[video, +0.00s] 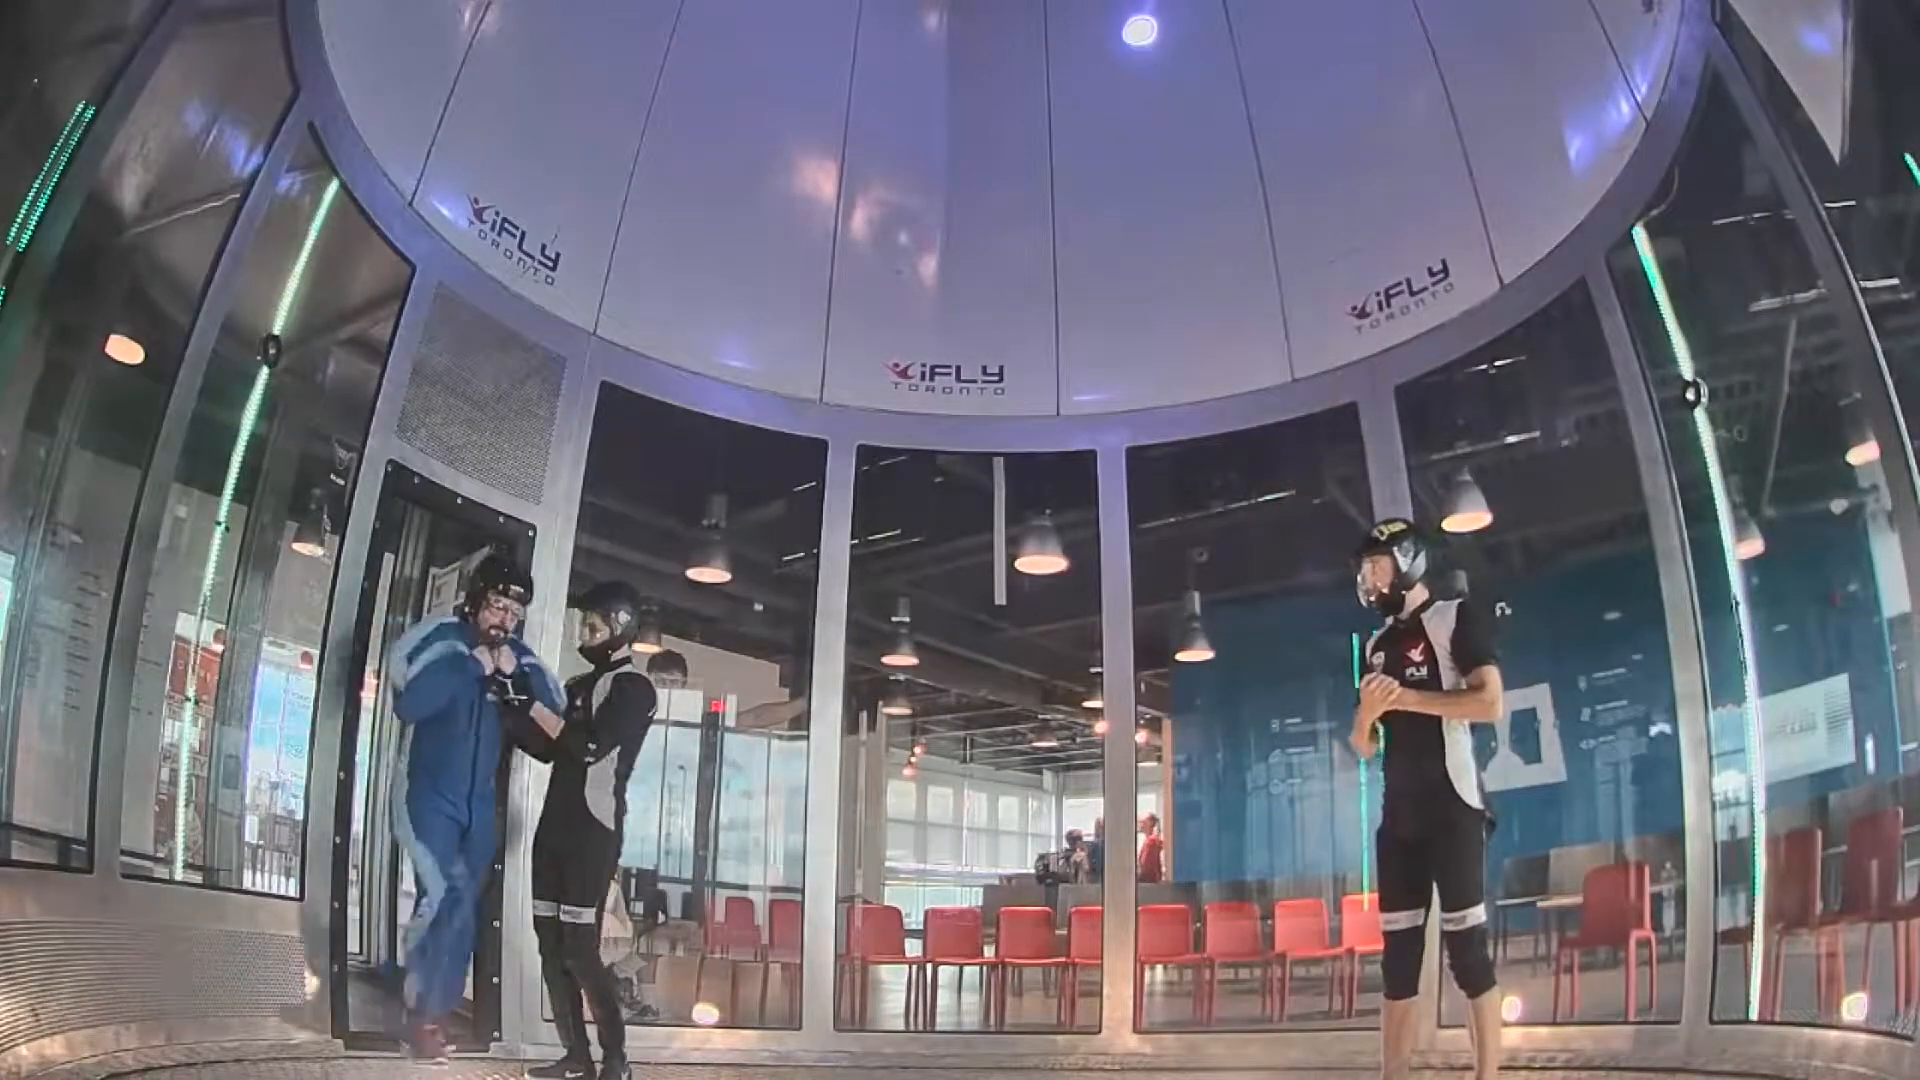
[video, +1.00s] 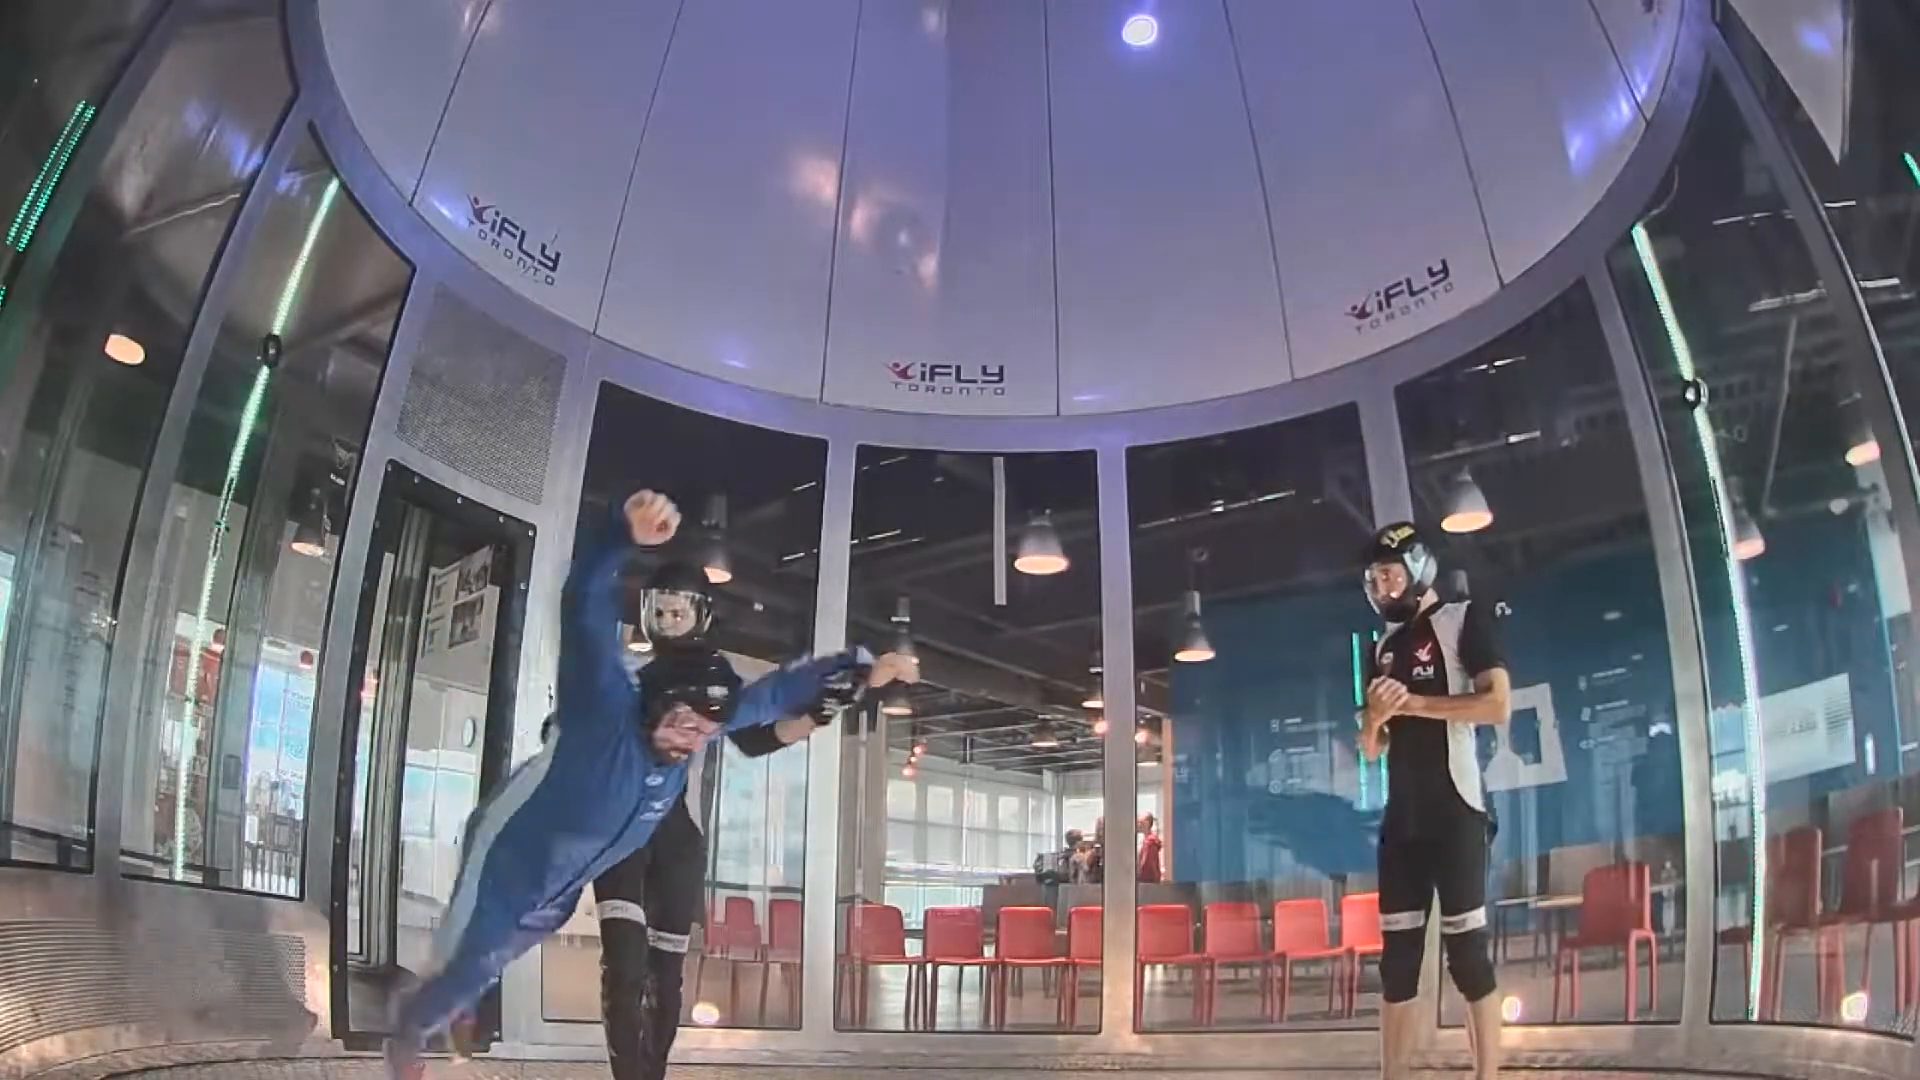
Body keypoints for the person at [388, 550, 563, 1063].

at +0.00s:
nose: (503, 619)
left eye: (513, 611)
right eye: (496, 606)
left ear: (521, 615)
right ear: (473, 603)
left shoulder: (518, 656)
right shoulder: (443, 641)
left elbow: (555, 713)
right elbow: (408, 705)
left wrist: (513, 672)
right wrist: (470, 661)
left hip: (484, 798)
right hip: (432, 792)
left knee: (464, 900)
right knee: (449, 890)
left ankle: (436, 1016)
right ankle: (423, 1013)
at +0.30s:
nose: (552, 647)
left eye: (561, 638)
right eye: (543, 633)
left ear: (567, 643)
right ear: (516, 626)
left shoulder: (562, 688)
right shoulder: (476, 670)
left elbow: (612, 749)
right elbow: (447, 735)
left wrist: (574, 725)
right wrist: (522, 702)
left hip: (500, 828)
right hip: (446, 820)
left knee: (481, 947)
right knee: (449, 930)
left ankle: (422, 1025)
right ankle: (406, 1047)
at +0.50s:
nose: (579, 677)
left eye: (590, 671)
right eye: (571, 663)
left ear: (599, 672)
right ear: (543, 653)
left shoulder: (585, 702)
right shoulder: (501, 680)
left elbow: (619, 715)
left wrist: (656, 732)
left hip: (515, 851)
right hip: (455, 836)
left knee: (498, 965)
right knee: (464, 959)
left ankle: (419, 1026)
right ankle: (404, 1047)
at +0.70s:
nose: (604, 714)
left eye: (615, 705)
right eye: (595, 701)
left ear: (624, 710)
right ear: (572, 694)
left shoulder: (618, 735)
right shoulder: (529, 720)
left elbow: (684, 725)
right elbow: (493, 656)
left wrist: (751, 715)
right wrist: (572, 651)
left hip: (529, 887)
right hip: (470, 869)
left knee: (498, 997)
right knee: (478, 992)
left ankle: (424, 1038)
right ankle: (404, 1040)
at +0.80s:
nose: (618, 722)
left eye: (630, 714)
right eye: (609, 707)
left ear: (640, 719)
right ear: (583, 698)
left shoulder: (629, 744)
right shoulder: (540, 721)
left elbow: (700, 722)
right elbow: (508, 645)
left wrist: (768, 705)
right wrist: (574, 617)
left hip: (535, 899)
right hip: (477, 876)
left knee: (488, 1014)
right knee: (478, 1008)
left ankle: (420, 1044)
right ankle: (407, 1037)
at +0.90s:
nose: (663, 745)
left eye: (675, 733)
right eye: (653, 728)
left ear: (684, 728)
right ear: (624, 709)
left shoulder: (675, 735)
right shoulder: (579, 718)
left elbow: (748, 706)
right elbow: (555, 624)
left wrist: (826, 670)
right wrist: (590, 554)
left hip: (548, 896)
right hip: (493, 875)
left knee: (480, 1002)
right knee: (465, 1005)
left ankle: (423, 1049)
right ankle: (408, 1053)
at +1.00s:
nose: (694, 738)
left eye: (706, 728)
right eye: (686, 719)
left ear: (714, 726)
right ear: (656, 699)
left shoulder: (696, 735)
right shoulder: (604, 704)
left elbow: (774, 697)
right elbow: (587, 612)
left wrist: (859, 668)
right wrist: (622, 536)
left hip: (558, 891)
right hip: (502, 862)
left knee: (484, 970)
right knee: (461, 970)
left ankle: (419, 1025)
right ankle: (407, 1034)